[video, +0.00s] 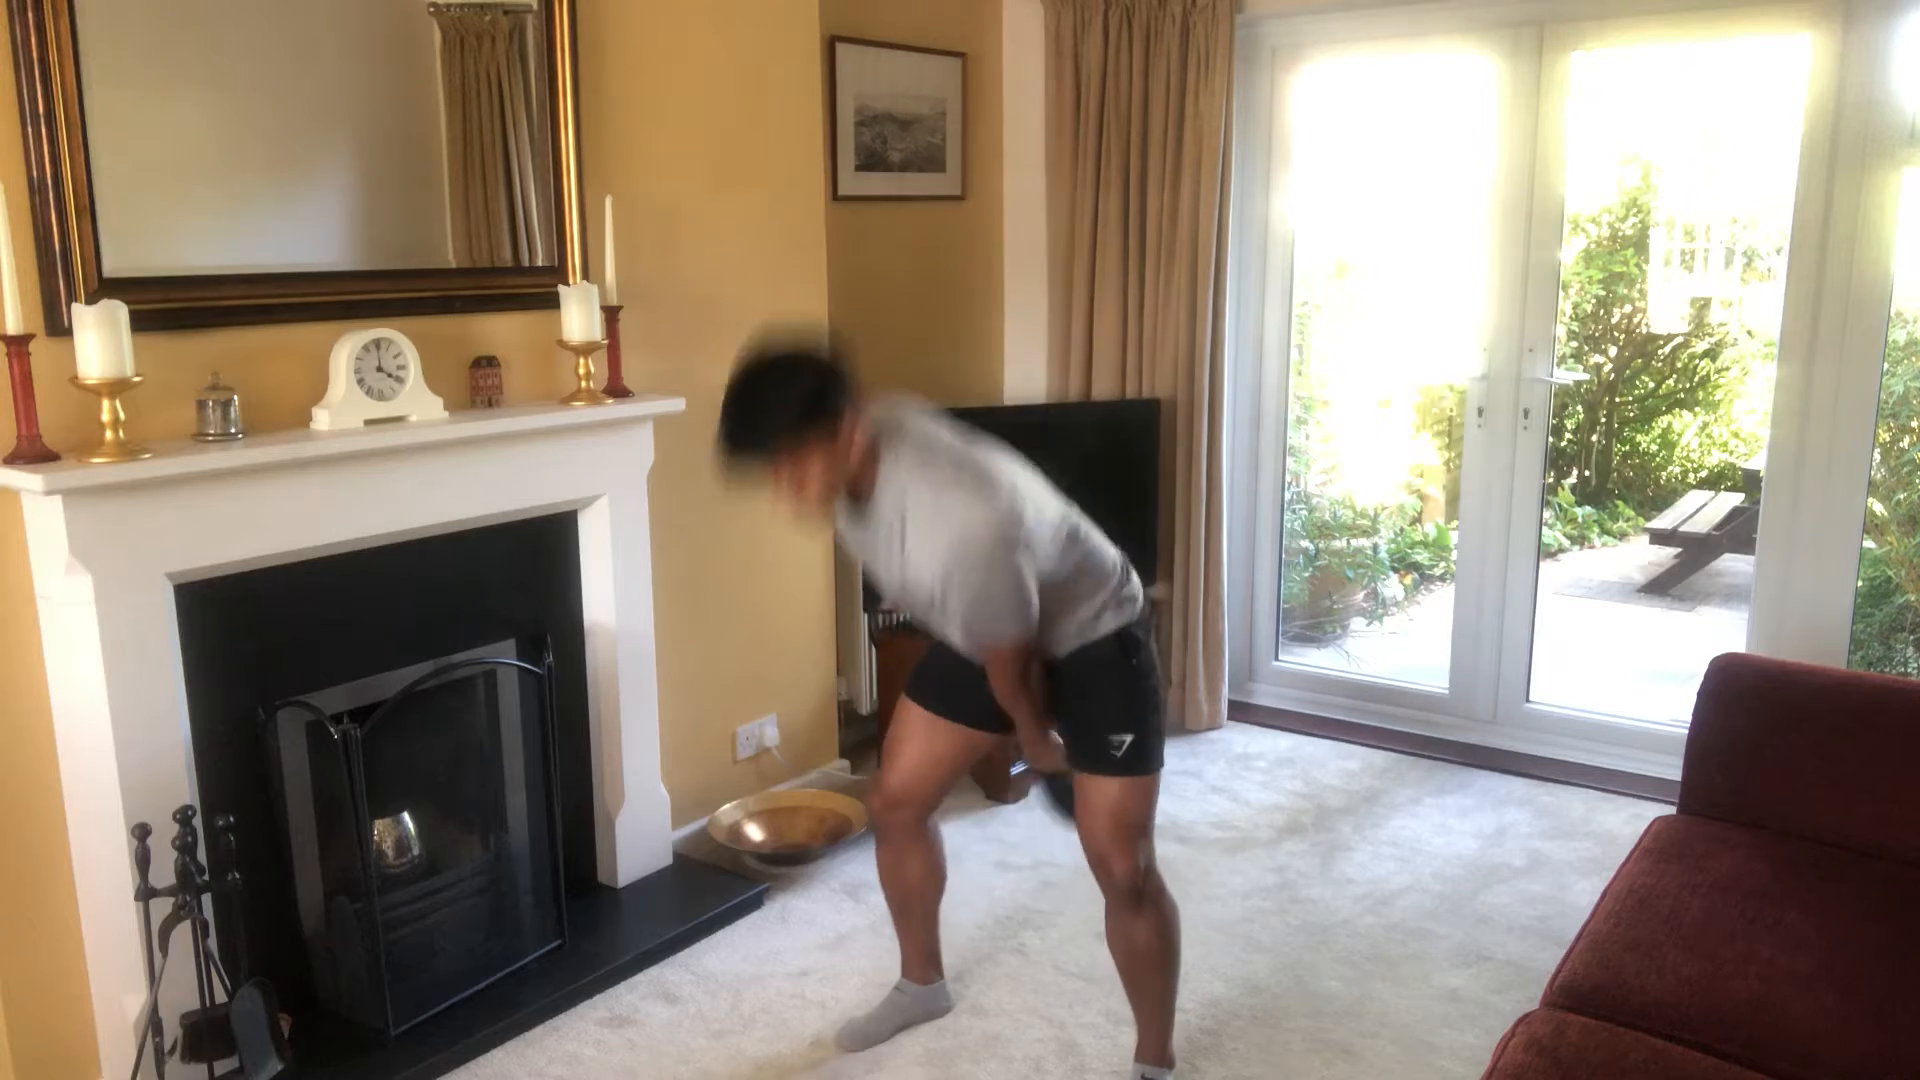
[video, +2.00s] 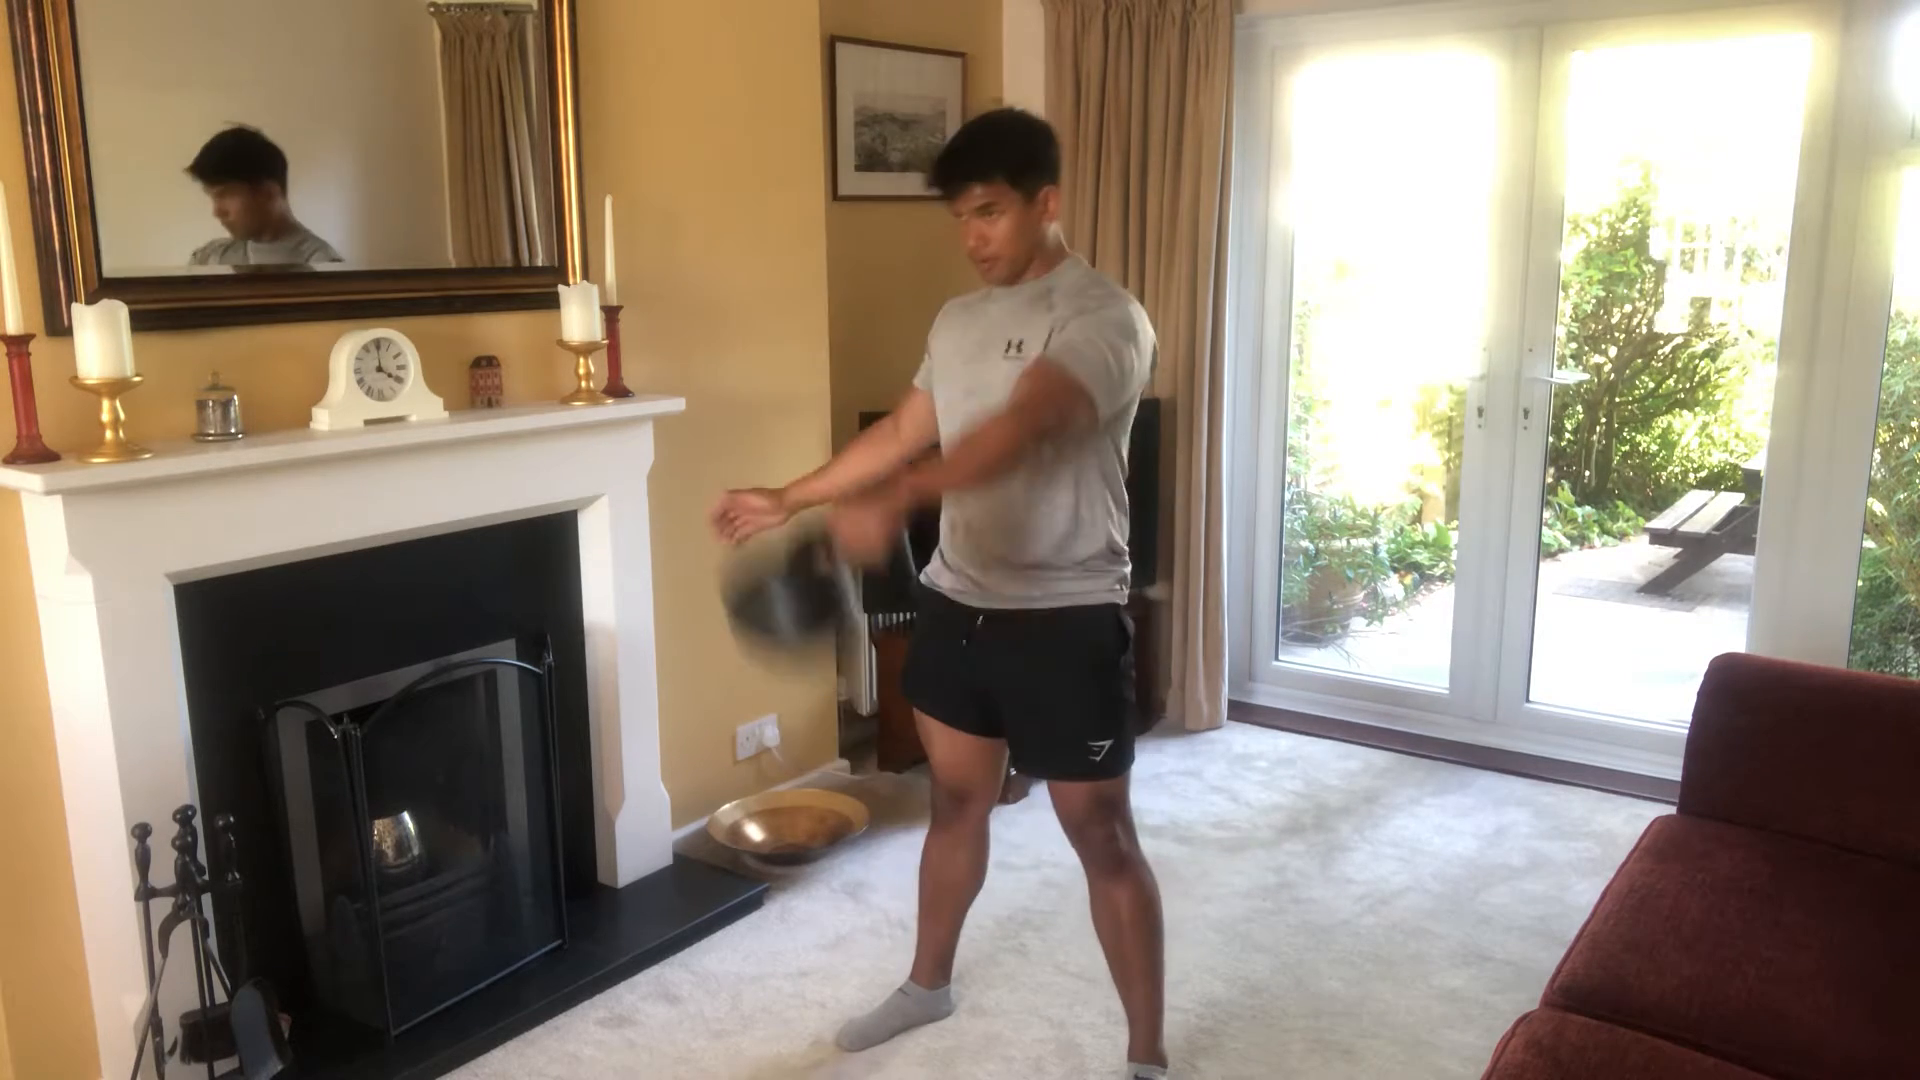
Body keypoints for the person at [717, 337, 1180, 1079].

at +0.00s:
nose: (784, 486)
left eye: (790, 461)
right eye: (773, 468)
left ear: (843, 430)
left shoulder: (963, 514)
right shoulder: (853, 456)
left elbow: (1011, 667)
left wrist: (1039, 748)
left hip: (1090, 635)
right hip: (980, 632)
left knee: (1125, 871)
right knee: (897, 801)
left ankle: (1155, 1060)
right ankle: (922, 984)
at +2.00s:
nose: (970, 235)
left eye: (989, 212)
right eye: (960, 215)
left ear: (1048, 204)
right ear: (952, 214)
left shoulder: (1104, 316)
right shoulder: (960, 319)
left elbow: (1023, 425)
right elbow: (901, 435)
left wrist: (899, 494)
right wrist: (786, 499)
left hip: (1070, 618)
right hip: (957, 610)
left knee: (1103, 838)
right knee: (953, 806)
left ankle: (1148, 1054)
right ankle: (928, 985)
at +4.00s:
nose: (986, 229)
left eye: (1005, 206)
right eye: (974, 210)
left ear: (1060, 199)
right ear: (967, 209)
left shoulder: (1110, 305)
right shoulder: (968, 320)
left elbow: (1007, 336)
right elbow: (945, 450)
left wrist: (850, 337)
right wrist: (895, 566)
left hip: (1071, 617)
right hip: (956, 606)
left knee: (1104, 837)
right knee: (951, 806)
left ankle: (1148, 1053)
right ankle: (928, 984)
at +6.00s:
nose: (867, 389)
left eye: (870, 371)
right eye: (855, 376)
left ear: (915, 333)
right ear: (863, 354)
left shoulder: (1025, 400)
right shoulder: (896, 383)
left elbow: (1001, 590)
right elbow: (913, 483)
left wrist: (958, 729)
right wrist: (883, 592)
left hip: (1101, 620)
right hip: (994, 611)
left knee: (1125, 852)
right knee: (917, 779)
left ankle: (1153, 1060)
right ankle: (924, 983)